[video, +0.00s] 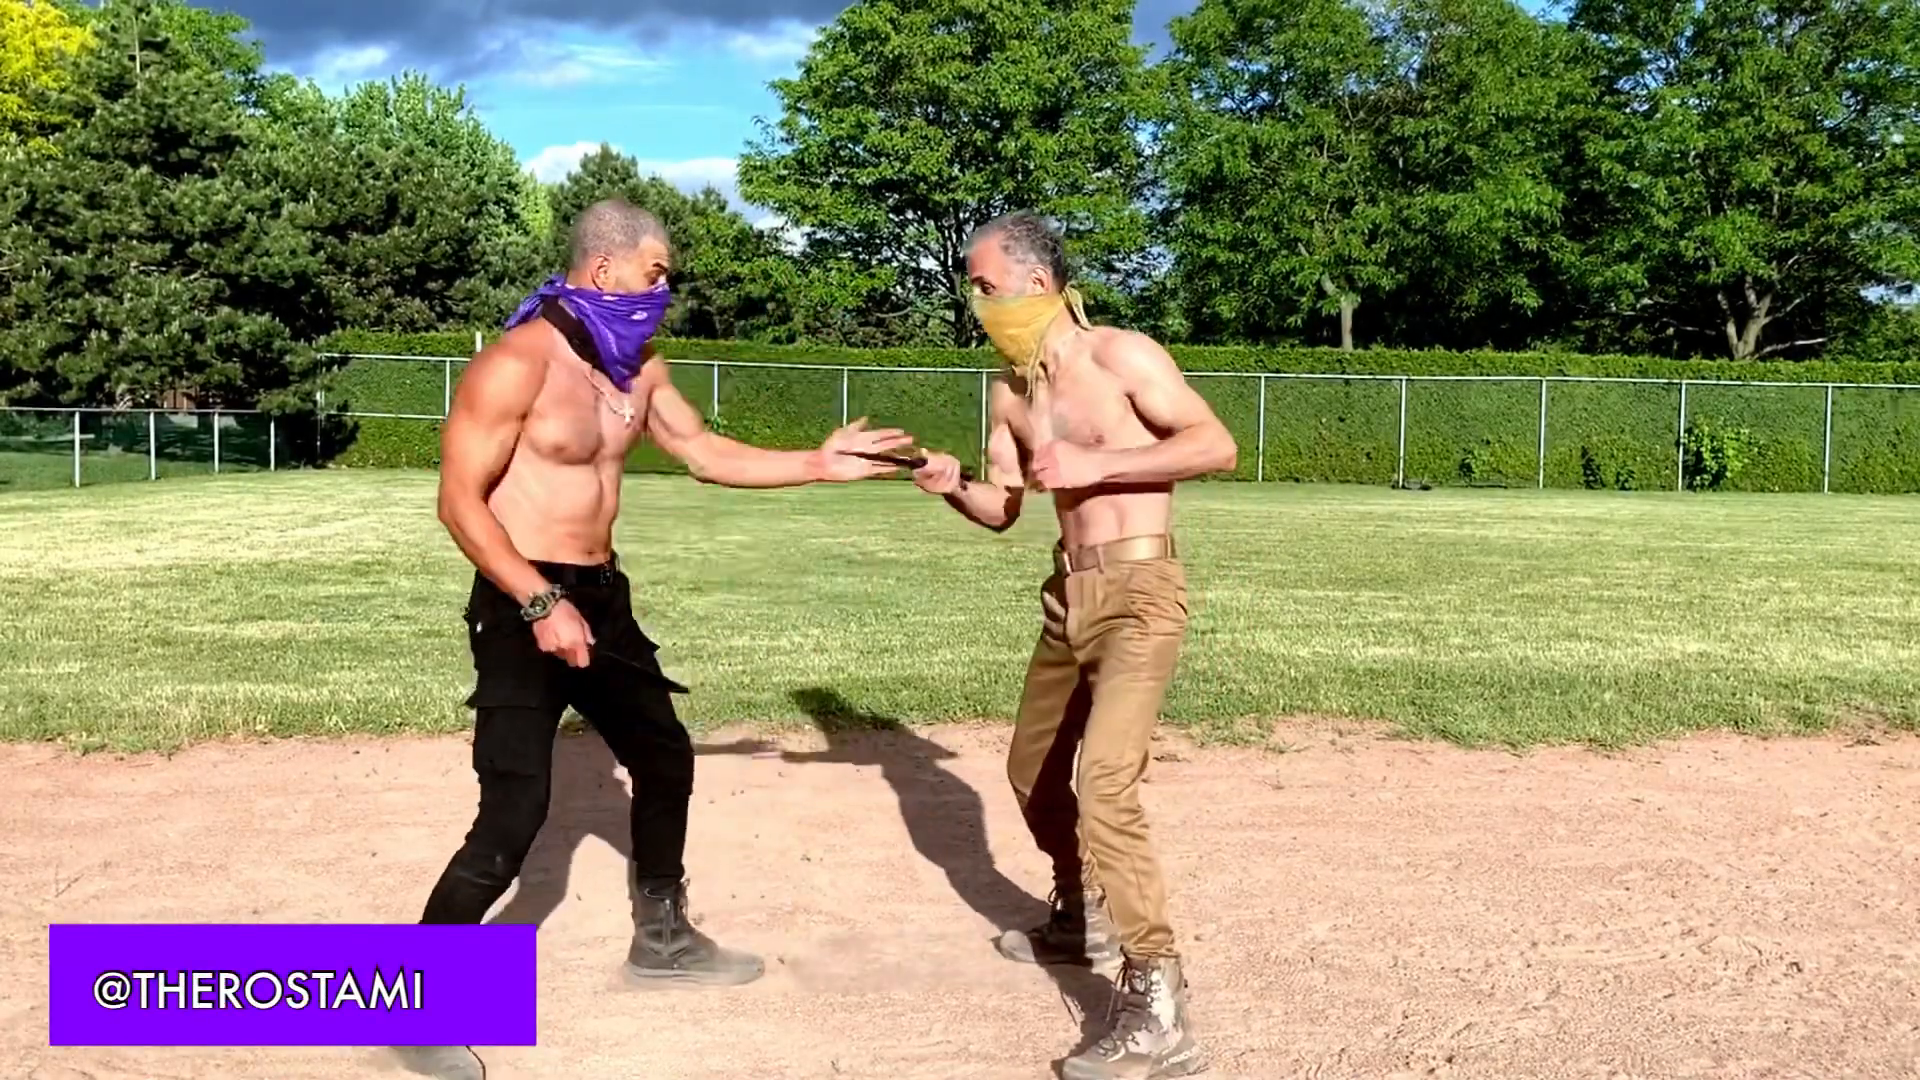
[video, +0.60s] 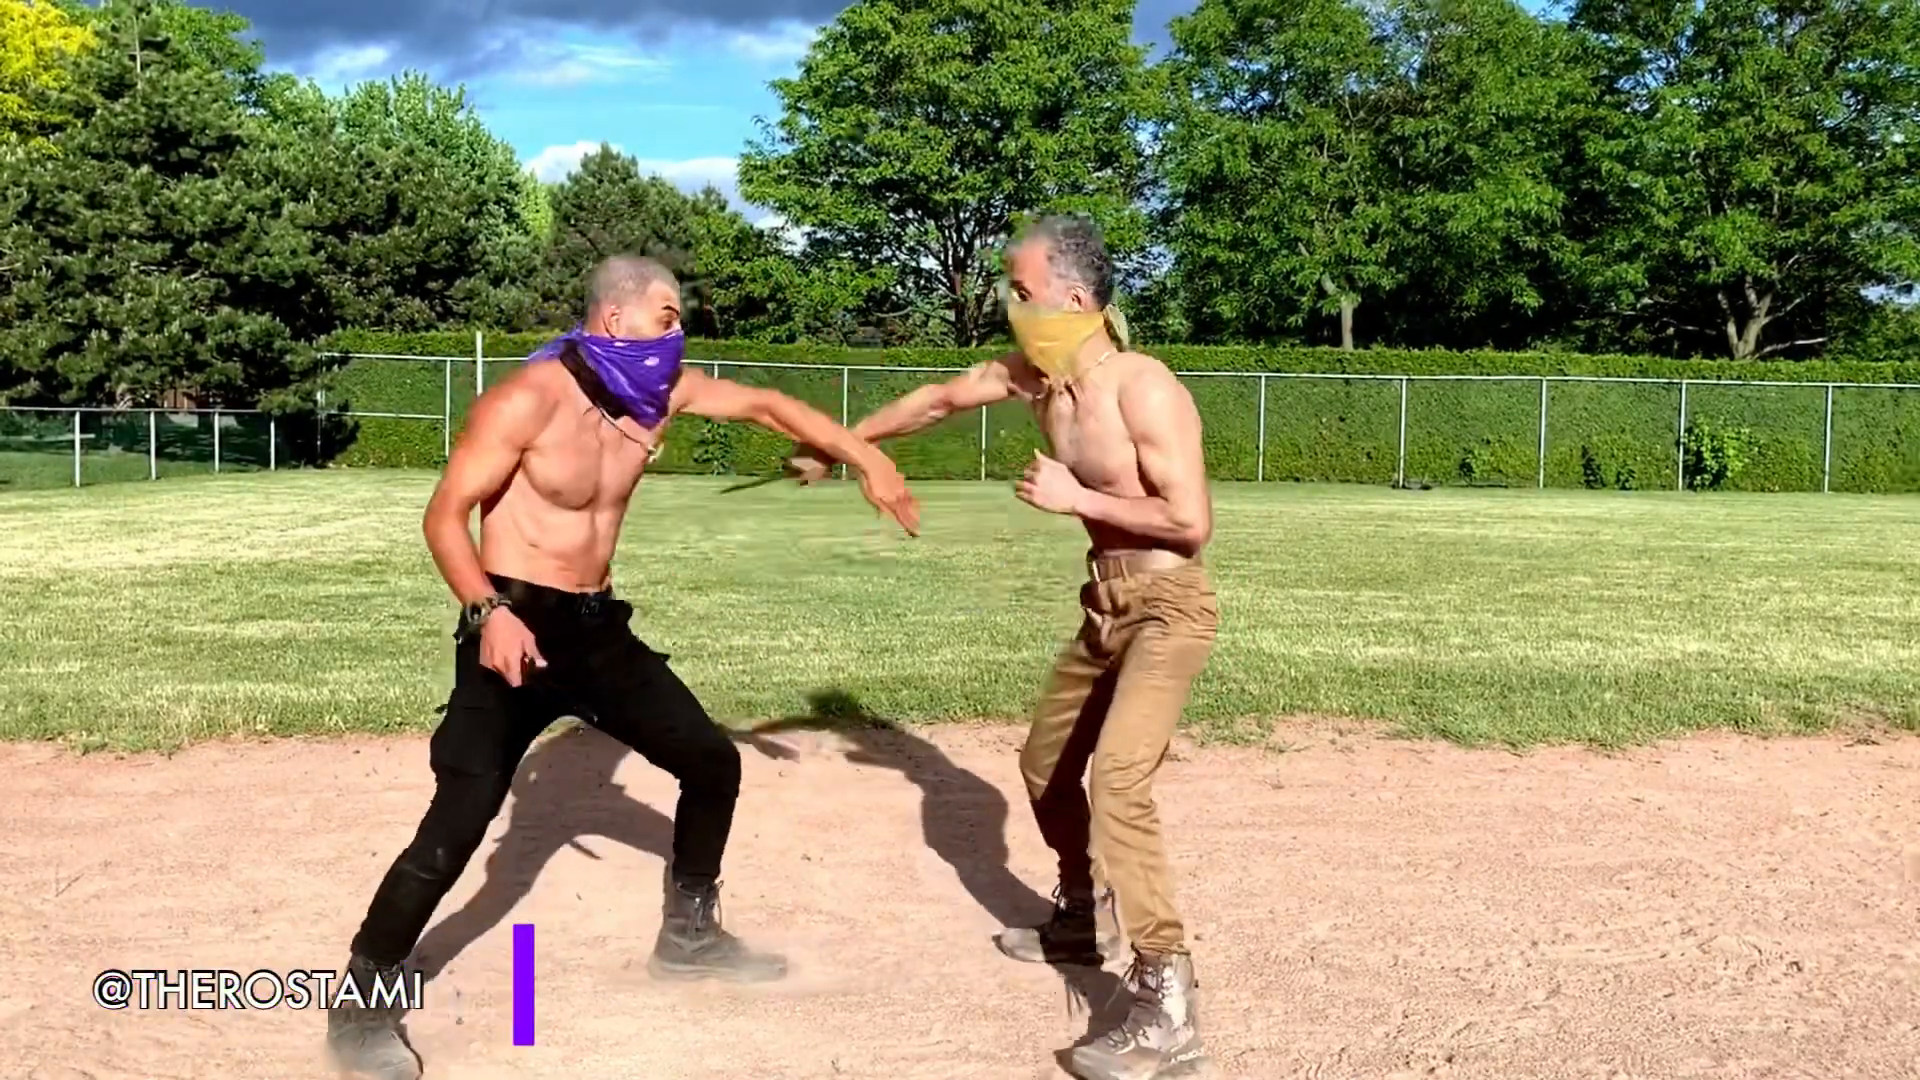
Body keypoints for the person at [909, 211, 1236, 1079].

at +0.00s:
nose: (976, 304)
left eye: (984, 286)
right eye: (971, 290)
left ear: (1036, 278)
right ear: (1008, 286)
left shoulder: (1121, 353)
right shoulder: (1009, 390)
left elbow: (1217, 446)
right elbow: (1001, 508)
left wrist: (1098, 466)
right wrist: (955, 484)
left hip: (1142, 592)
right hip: (1067, 599)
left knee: (1102, 784)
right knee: (1035, 778)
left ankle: (1158, 1004)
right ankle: (1082, 912)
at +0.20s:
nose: (964, 320)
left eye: (971, 304)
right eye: (959, 307)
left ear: (1018, 295)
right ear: (1007, 299)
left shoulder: (1080, 348)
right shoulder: (1039, 385)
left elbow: (1112, 412)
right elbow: (1083, 507)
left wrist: (1009, 404)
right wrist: (1040, 550)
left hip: (1137, 597)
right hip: (1087, 604)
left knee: (1087, 791)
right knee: (1038, 770)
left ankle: (1157, 1012)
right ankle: (1084, 918)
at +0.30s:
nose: (972, 323)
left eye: (979, 306)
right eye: (969, 309)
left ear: (1025, 296)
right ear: (1031, 301)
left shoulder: (1057, 351)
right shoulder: (1062, 370)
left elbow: (941, 403)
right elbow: (1122, 490)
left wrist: (841, 452)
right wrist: (1062, 547)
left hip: (1148, 608)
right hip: (1110, 608)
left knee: (1089, 788)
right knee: (1045, 764)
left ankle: (1150, 1005)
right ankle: (1085, 914)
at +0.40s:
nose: (986, 317)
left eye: (993, 300)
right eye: (985, 302)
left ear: (1038, 295)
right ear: (1051, 298)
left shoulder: (1055, 366)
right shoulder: (1093, 369)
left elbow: (967, 449)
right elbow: (1135, 485)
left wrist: (881, 499)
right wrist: (1069, 539)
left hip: (1145, 611)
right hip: (1114, 606)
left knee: (1083, 791)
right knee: (1046, 759)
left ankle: (1149, 1008)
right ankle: (1088, 910)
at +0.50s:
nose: (1004, 301)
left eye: (1012, 284)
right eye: (1002, 285)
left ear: (1059, 284)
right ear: (1058, 282)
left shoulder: (1104, 363)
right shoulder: (1070, 371)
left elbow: (1128, 482)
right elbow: (1060, 474)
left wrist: (1037, 501)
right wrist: (980, 496)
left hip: (1145, 605)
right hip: (1101, 604)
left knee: (1092, 788)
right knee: (1048, 762)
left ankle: (1150, 1011)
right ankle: (1090, 913)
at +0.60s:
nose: (1011, 309)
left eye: (1022, 292)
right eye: (1010, 292)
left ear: (1076, 296)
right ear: (1064, 297)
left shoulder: (1148, 389)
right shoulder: (1045, 377)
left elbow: (1190, 523)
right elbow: (941, 398)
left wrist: (1079, 497)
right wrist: (841, 446)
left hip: (1170, 610)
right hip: (1106, 610)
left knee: (1115, 781)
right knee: (1047, 765)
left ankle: (1167, 1003)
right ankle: (1081, 912)